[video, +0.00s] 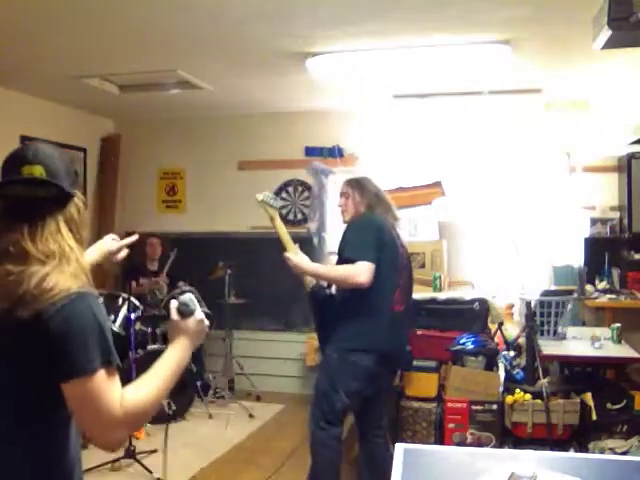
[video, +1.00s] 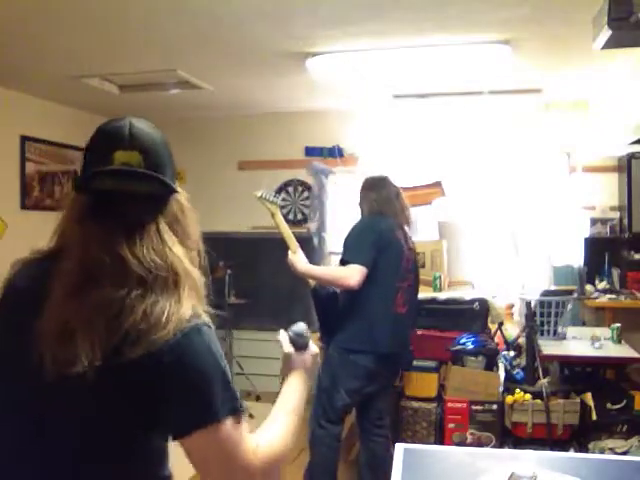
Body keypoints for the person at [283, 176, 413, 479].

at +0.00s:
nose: (340, 204)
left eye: (344, 197)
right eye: (340, 198)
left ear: (361, 198)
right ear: (371, 200)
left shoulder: (364, 225)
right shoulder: (389, 233)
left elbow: (361, 275)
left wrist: (309, 267)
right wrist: (320, 280)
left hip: (356, 346)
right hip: (385, 347)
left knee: (325, 423)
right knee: (373, 429)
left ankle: (323, 474)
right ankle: (377, 476)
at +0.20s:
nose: (343, 204)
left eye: (346, 197)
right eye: (344, 197)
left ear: (359, 198)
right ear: (375, 199)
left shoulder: (365, 225)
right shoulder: (391, 232)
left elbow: (360, 276)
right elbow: (389, 289)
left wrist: (308, 270)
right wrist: (337, 280)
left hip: (356, 347)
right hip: (386, 348)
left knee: (326, 424)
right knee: (374, 428)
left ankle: (322, 475)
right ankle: (377, 476)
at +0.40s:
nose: (347, 209)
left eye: (349, 203)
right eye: (347, 203)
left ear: (358, 203)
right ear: (382, 201)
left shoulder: (365, 227)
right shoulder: (392, 235)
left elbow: (355, 278)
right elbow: (388, 292)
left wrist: (304, 270)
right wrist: (322, 281)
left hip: (356, 348)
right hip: (386, 349)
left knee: (326, 424)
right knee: (374, 428)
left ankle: (321, 475)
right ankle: (377, 476)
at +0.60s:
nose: (351, 203)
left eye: (353, 197)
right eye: (352, 197)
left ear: (359, 199)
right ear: (389, 200)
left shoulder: (366, 228)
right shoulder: (395, 235)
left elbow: (353, 278)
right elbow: (390, 292)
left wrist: (303, 269)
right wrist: (324, 281)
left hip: (356, 348)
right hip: (387, 349)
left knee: (325, 423)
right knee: (375, 429)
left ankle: (321, 475)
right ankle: (377, 476)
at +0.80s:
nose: (356, 202)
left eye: (358, 197)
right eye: (357, 197)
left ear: (363, 199)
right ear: (392, 200)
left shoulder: (368, 227)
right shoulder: (398, 235)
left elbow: (352, 277)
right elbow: (391, 291)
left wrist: (304, 268)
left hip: (357, 347)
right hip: (389, 348)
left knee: (326, 423)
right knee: (376, 428)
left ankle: (321, 475)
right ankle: (376, 476)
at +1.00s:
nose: (359, 204)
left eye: (361, 199)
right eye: (360, 198)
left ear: (366, 199)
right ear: (394, 199)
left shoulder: (370, 227)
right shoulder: (401, 235)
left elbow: (352, 277)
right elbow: (391, 289)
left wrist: (306, 268)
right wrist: (342, 266)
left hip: (358, 346)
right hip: (390, 347)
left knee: (326, 422)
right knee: (376, 428)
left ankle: (320, 474)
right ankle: (377, 476)